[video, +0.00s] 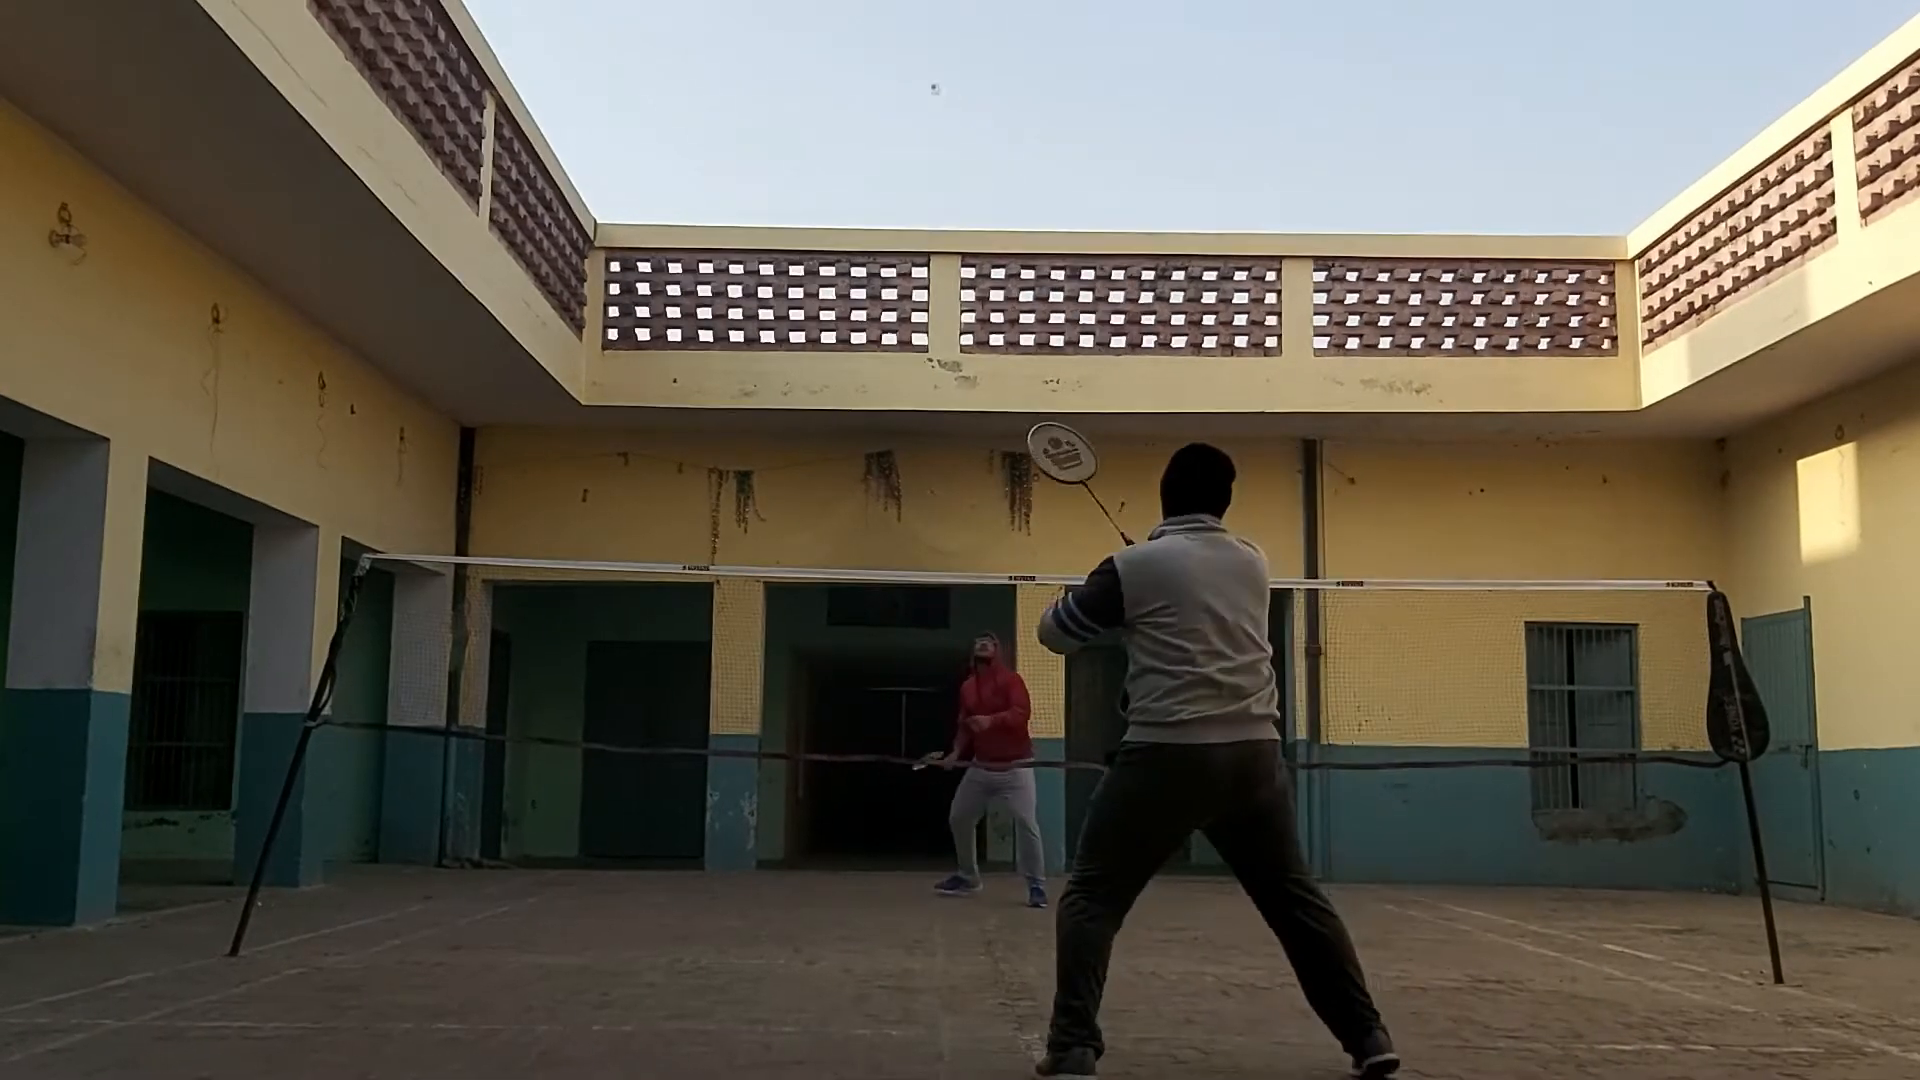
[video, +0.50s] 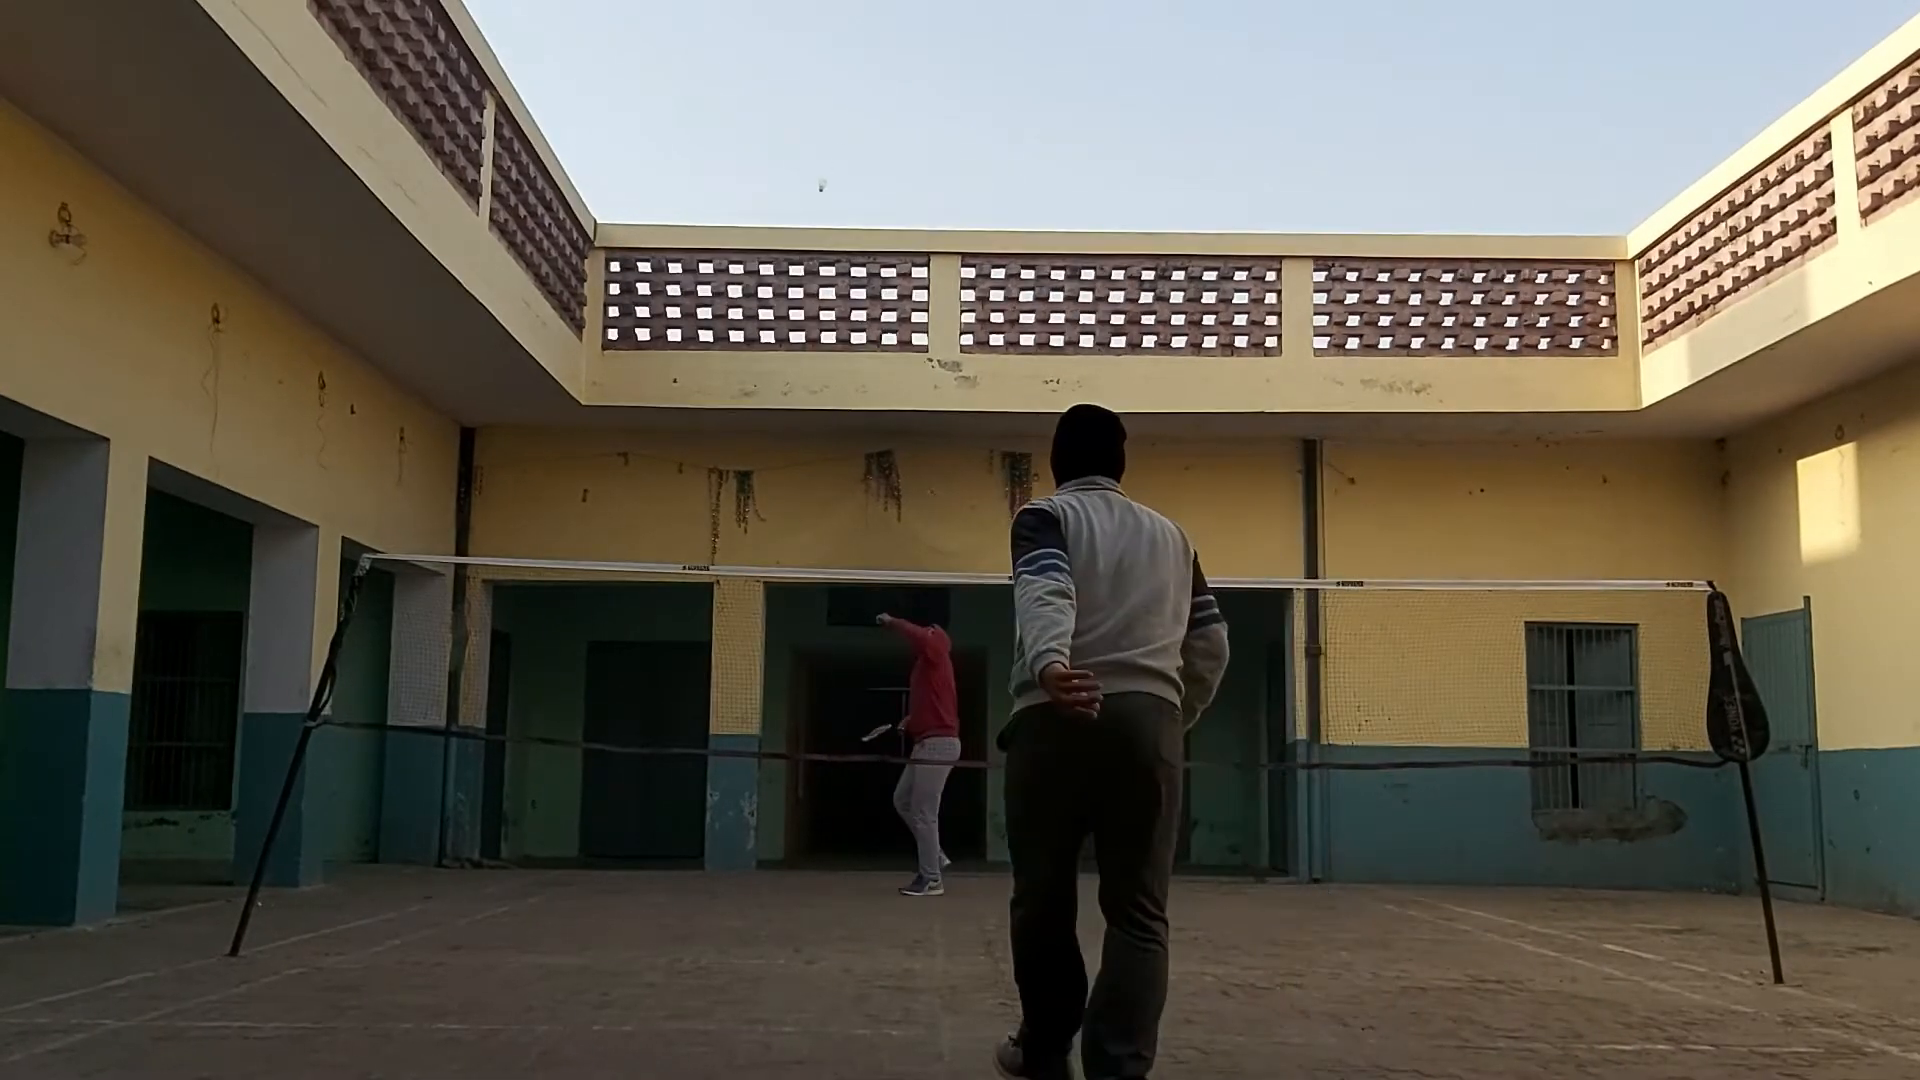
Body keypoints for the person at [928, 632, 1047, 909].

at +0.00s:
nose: (983, 645)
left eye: (988, 643)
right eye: (979, 642)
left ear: (997, 651)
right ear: (973, 651)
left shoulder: (1011, 680)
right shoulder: (969, 686)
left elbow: (1021, 713)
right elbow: (964, 725)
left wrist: (990, 720)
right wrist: (954, 753)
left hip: (1016, 769)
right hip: (981, 768)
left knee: (1026, 822)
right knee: (959, 818)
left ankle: (1036, 884)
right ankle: (968, 877)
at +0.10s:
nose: (969, 652)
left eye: (975, 649)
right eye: (966, 649)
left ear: (985, 656)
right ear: (961, 658)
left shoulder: (995, 683)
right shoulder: (962, 688)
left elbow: (996, 709)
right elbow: (963, 729)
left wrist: (961, 704)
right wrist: (948, 755)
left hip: (1005, 768)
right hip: (975, 768)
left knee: (1017, 823)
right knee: (955, 820)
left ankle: (1034, 884)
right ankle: (966, 880)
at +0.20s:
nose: (953, 645)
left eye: (960, 642)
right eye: (952, 642)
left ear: (971, 650)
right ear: (950, 651)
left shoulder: (977, 676)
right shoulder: (955, 678)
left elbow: (964, 684)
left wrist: (940, 678)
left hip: (985, 760)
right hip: (964, 761)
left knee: (1000, 821)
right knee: (949, 817)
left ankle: (1023, 879)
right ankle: (965, 879)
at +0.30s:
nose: (942, 640)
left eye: (948, 636)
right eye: (941, 637)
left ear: (961, 643)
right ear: (941, 644)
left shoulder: (966, 666)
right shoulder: (941, 672)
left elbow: (958, 662)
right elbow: (940, 716)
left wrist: (930, 650)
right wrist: (922, 736)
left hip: (970, 746)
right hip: (947, 747)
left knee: (968, 811)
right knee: (944, 815)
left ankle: (999, 874)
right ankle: (963, 877)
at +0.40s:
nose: (931, 633)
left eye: (936, 629)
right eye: (931, 629)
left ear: (946, 633)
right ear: (935, 633)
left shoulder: (949, 654)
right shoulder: (934, 662)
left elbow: (933, 640)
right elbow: (938, 700)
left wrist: (909, 631)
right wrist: (917, 718)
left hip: (953, 741)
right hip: (940, 741)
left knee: (944, 807)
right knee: (929, 805)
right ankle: (960, 865)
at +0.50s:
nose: (922, 634)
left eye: (927, 632)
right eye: (924, 632)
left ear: (935, 637)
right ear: (936, 640)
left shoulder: (937, 653)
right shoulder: (928, 664)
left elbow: (919, 634)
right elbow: (932, 707)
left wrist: (892, 621)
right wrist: (907, 722)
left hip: (939, 744)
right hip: (928, 744)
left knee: (924, 811)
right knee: (903, 800)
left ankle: (930, 877)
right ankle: (935, 855)